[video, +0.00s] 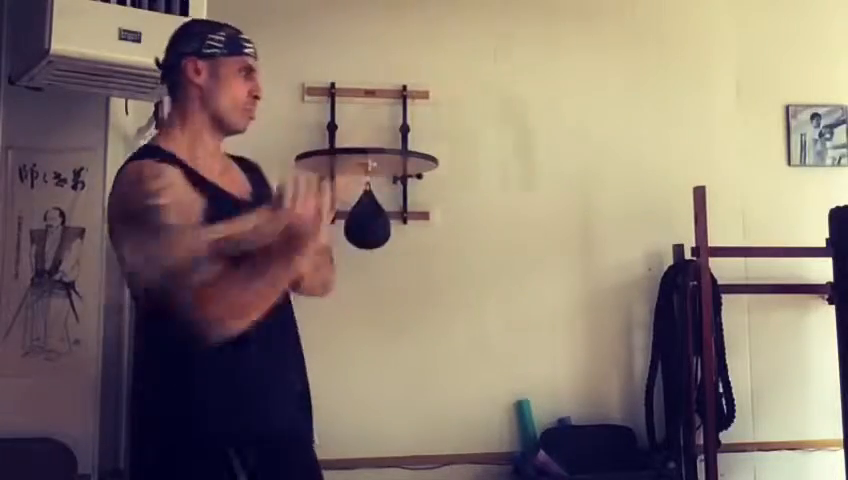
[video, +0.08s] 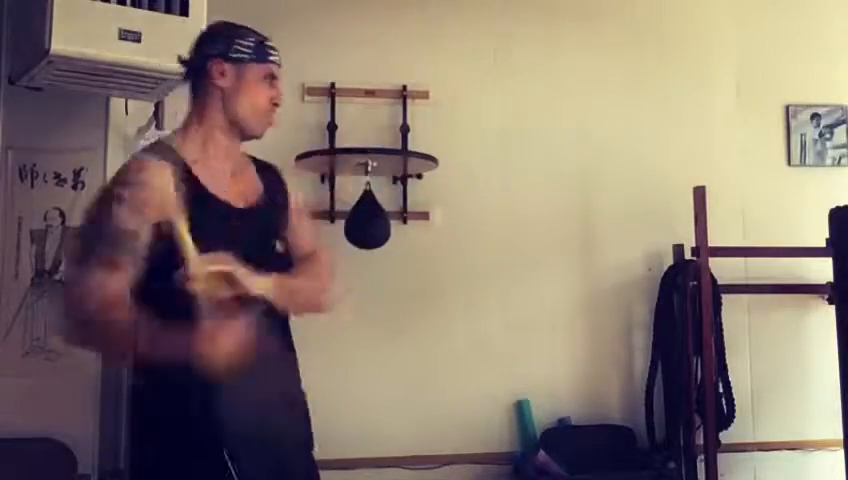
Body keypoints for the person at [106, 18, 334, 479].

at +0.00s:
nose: (257, 91)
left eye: (255, 76)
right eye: (244, 73)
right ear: (196, 71)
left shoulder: (248, 175)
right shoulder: (149, 180)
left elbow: (319, 281)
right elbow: (211, 317)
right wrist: (293, 246)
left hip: (276, 431)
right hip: (194, 438)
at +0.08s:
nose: (279, 97)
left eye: (277, 83)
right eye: (268, 80)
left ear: (224, 76)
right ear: (220, 74)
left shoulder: (273, 183)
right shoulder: (151, 176)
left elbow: (320, 288)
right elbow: (93, 308)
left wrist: (258, 283)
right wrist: (194, 344)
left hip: (274, 429)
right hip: (181, 434)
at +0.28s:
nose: (305, 111)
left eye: (306, 98)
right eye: (298, 94)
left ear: (256, 87)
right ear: (253, 84)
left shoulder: (295, 190)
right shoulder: (167, 151)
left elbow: (316, 288)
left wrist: (228, 284)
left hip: (262, 392)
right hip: (180, 390)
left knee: (298, 470)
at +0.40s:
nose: (304, 125)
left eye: (307, 113)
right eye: (299, 107)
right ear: (256, 93)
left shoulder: (271, 189)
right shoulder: (186, 152)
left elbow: (319, 283)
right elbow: (186, 92)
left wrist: (274, 255)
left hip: (263, 398)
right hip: (187, 397)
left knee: (294, 470)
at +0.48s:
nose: (295, 132)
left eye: (297, 105)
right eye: (288, 102)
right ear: (253, 89)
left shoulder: (253, 190)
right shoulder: (183, 160)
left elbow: (306, 297)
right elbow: (314, 106)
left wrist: (301, 251)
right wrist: (392, 197)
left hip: (257, 403)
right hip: (184, 409)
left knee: (298, 472)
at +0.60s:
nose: (292, 120)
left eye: (293, 108)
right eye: (287, 103)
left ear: (240, 91)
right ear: (248, 88)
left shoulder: (150, 171)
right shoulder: (261, 138)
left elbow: (205, 299)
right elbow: (390, 177)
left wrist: (310, 277)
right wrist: (378, 239)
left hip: (153, 417)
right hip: (243, 419)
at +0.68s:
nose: (292, 118)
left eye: (293, 106)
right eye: (288, 101)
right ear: (249, 85)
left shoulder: (142, 174)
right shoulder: (273, 140)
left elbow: (217, 299)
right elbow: (383, 187)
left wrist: (323, 273)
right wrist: (353, 243)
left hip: (154, 417)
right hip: (247, 418)